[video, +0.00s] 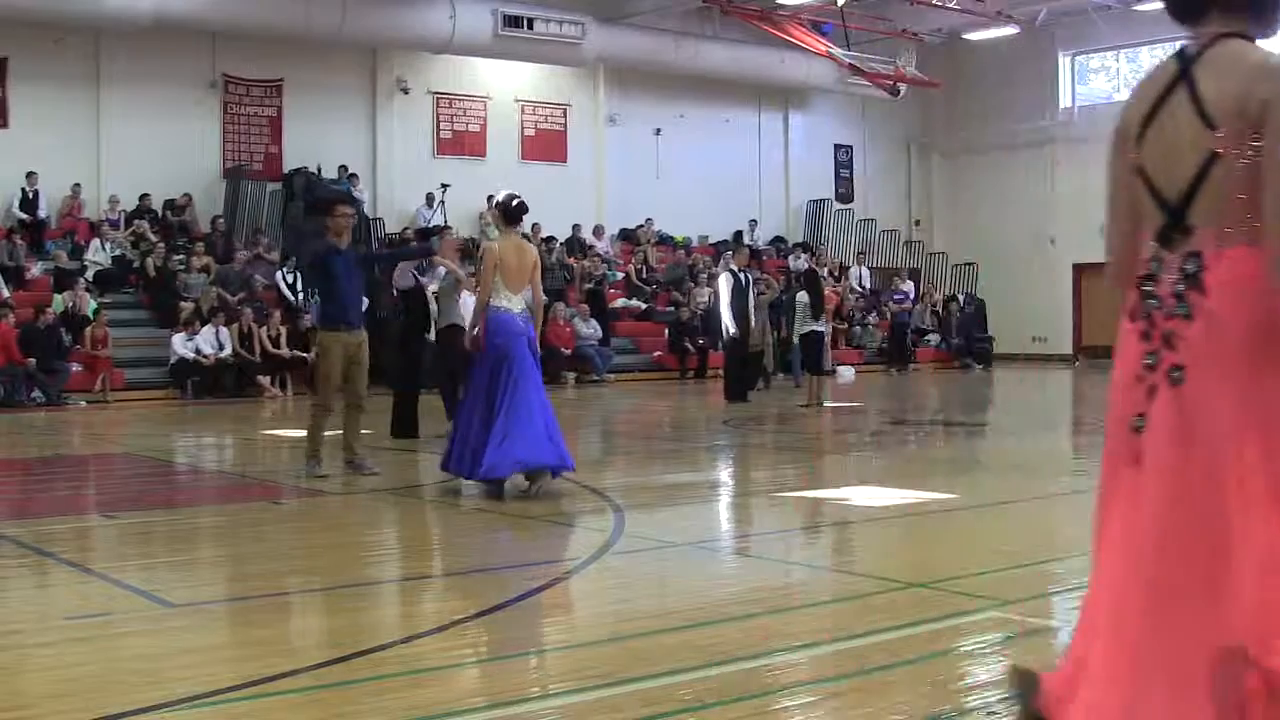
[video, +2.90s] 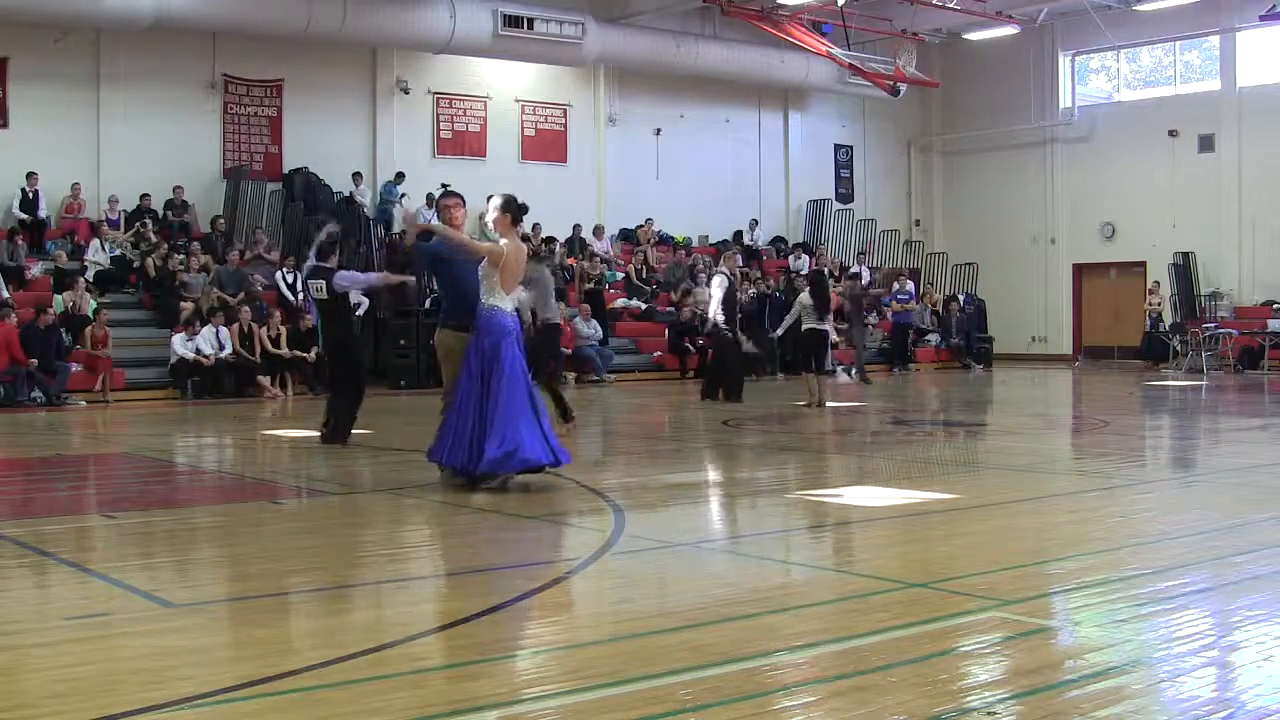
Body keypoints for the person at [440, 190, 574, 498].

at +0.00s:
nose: (490, 216)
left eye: (492, 213)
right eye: (493, 212)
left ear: (497, 217)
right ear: (519, 218)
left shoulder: (492, 249)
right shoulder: (531, 250)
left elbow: (484, 293)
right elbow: (538, 296)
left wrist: (471, 328)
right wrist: (536, 332)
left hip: (497, 322)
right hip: (523, 323)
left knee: (496, 393)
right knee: (523, 391)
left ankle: (495, 465)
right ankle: (533, 456)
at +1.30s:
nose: (522, 212)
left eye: (524, 208)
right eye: (525, 207)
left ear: (529, 212)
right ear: (549, 212)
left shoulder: (522, 249)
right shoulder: (557, 248)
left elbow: (509, 290)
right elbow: (548, 285)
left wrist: (503, 317)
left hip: (527, 322)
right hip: (551, 322)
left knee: (528, 393)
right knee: (549, 392)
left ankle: (533, 464)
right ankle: (547, 459)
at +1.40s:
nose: (518, 212)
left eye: (521, 208)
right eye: (520, 207)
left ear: (528, 213)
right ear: (546, 214)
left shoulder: (522, 248)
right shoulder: (555, 247)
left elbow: (509, 287)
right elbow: (544, 282)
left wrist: (499, 313)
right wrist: (516, 249)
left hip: (526, 323)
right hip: (549, 323)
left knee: (522, 393)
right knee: (547, 394)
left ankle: (521, 466)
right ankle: (546, 465)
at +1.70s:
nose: (508, 217)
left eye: (510, 213)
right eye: (510, 212)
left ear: (518, 219)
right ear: (536, 219)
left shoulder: (517, 250)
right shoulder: (541, 251)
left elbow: (488, 282)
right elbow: (524, 286)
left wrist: (463, 309)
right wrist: (492, 289)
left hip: (514, 327)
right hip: (534, 327)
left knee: (507, 395)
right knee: (538, 394)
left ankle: (503, 466)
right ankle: (547, 463)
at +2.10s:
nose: (490, 218)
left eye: (494, 214)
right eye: (491, 213)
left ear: (507, 218)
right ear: (516, 219)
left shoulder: (499, 249)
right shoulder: (527, 250)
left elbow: (463, 272)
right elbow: (520, 282)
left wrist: (431, 287)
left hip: (492, 322)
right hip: (513, 322)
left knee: (490, 390)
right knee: (511, 389)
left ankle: (494, 457)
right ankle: (514, 455)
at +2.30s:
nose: (490, 217)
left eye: (494, 213)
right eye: (491, 212)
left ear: (507, 218)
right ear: (514, 220)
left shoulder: (499, 248)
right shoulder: (521, 249)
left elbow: (458, 257)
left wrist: (425, 266)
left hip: (488, 320)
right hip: (505, 320)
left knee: (488, 389)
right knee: (500, 389)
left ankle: (492, 459)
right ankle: (495, 458)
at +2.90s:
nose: (486, 216)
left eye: (490, 211)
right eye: (488, 211)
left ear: (505, 216)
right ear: (511, 218)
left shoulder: (499, 249)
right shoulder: (521, 249)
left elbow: (464, 241)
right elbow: (477, 248)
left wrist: (432, 226)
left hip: (492, 321)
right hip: (510, 320)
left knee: (491, 390)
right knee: (508, 389)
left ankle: (492, 456)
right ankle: (507, 452)